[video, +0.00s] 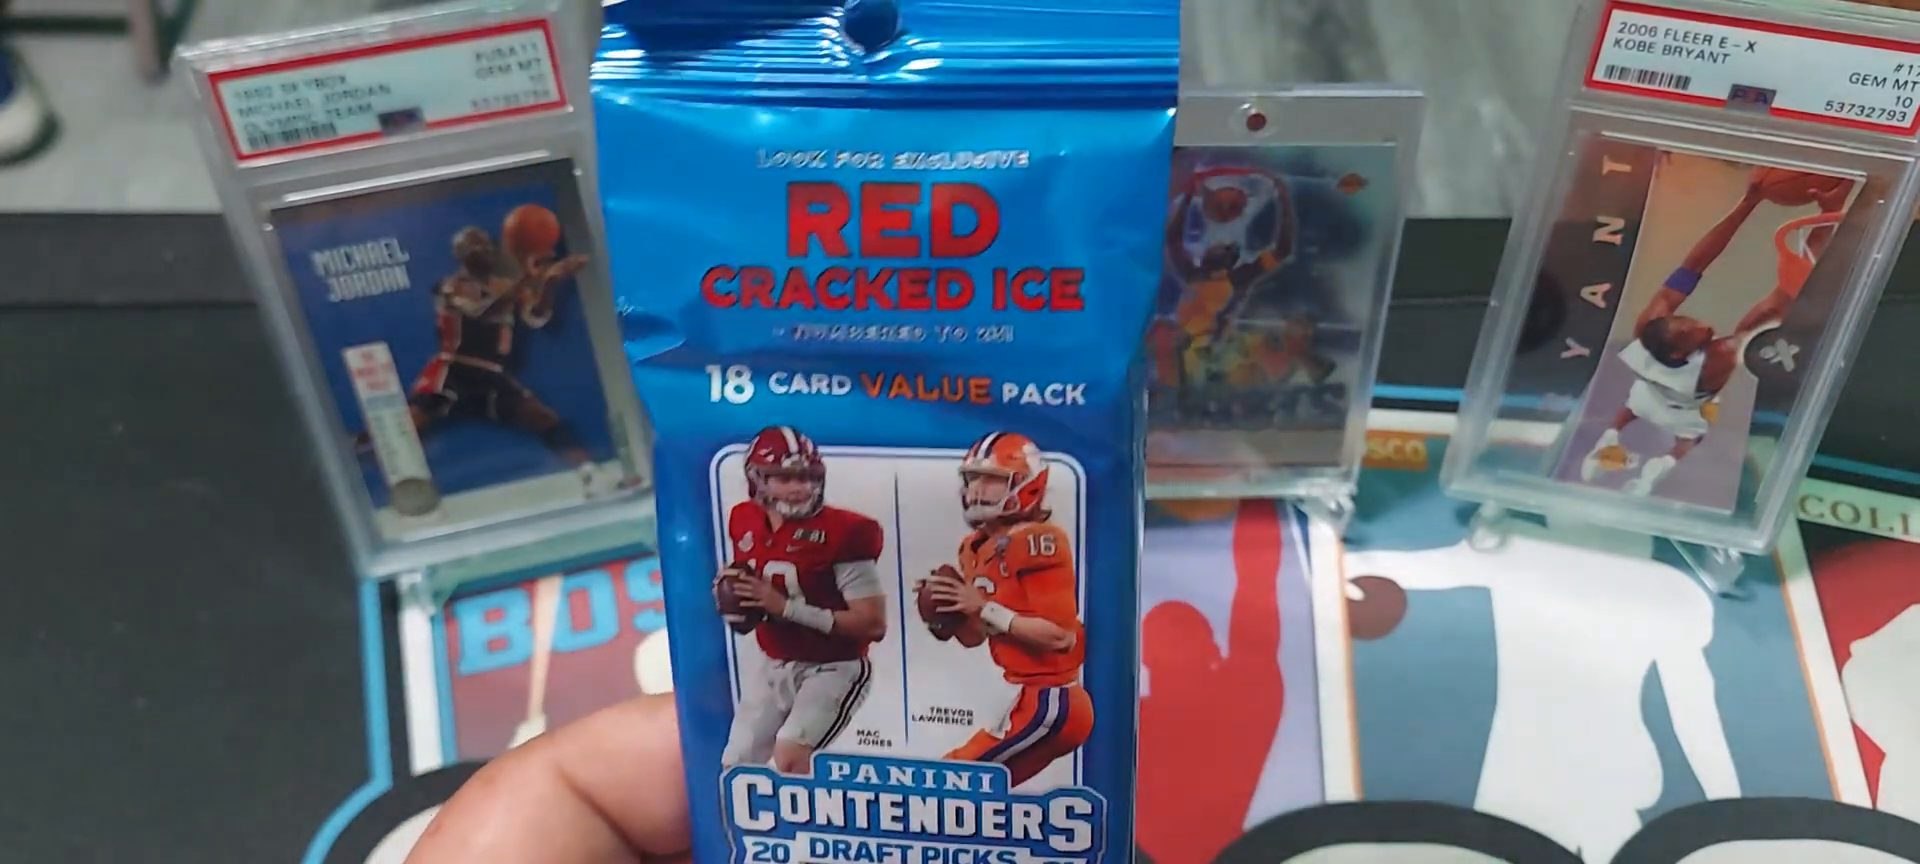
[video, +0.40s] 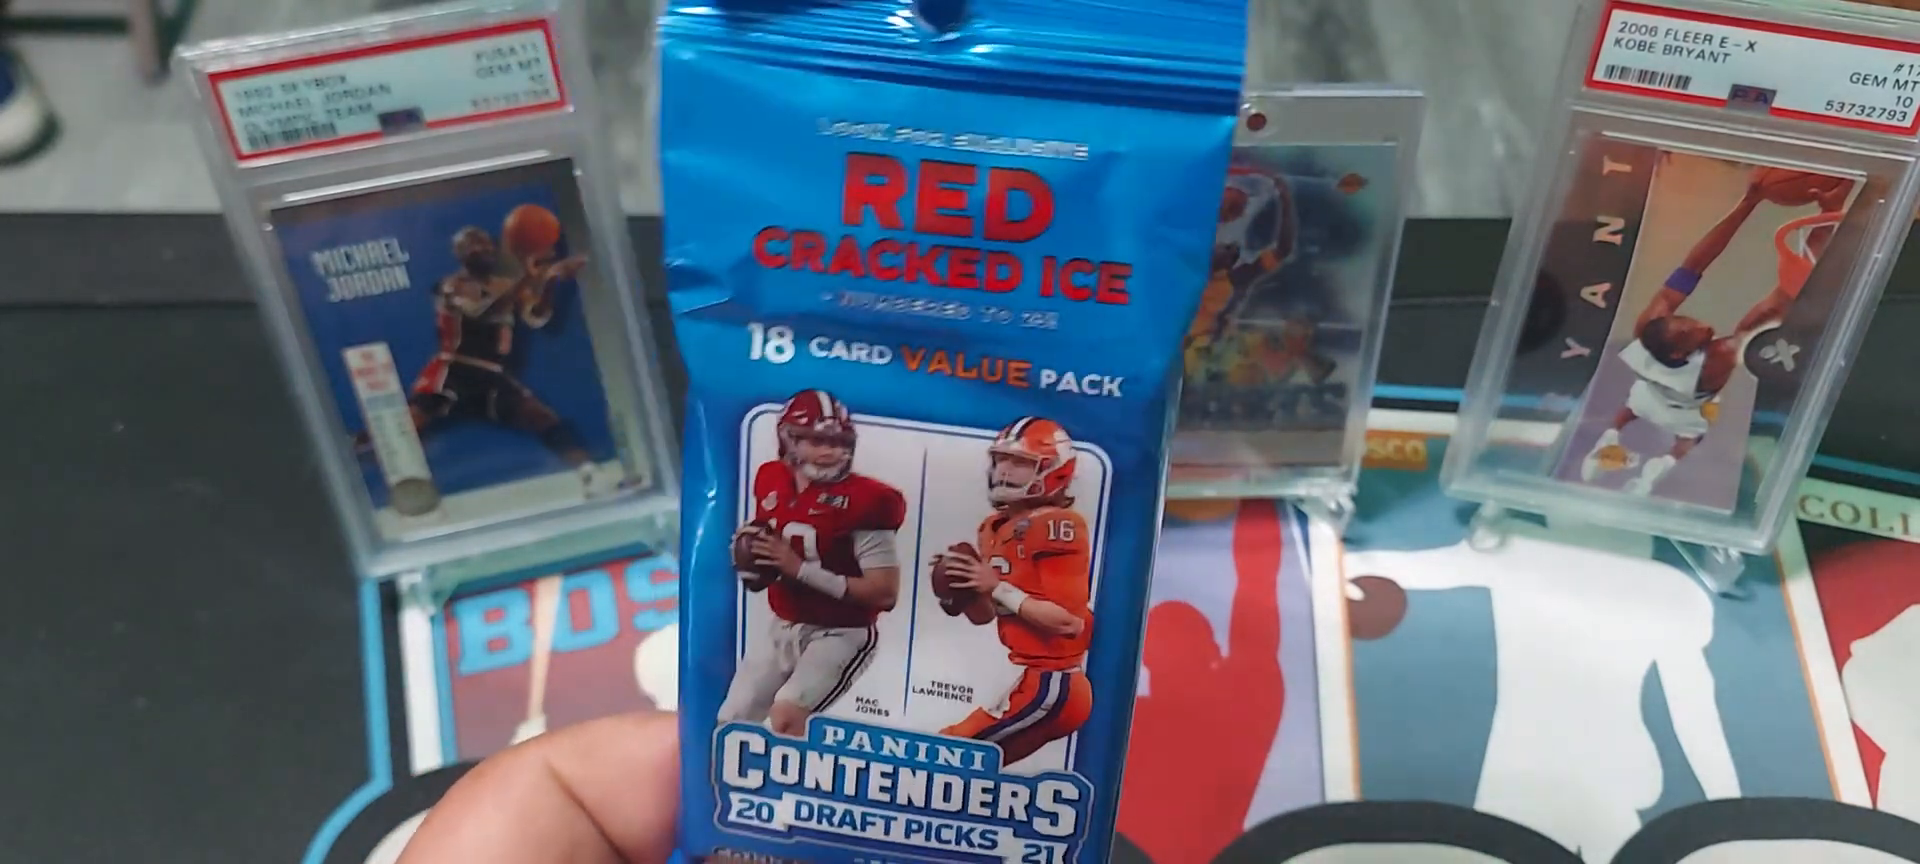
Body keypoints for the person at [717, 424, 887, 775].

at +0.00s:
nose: (797, 488)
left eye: (805, 478)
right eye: (784, 478)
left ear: (818, 480)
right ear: (759, 482)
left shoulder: (847, 532)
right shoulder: (745, 521)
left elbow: (872, 624)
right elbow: (745, 621)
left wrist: (784, 606)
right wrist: (728, 595)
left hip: (836, 669)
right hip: (775, 667)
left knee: (789, 755)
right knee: (736, 763)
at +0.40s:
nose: (828, 453)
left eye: (838, 443)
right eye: (817, 442)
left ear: (849, 447)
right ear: (792, 444)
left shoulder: (864, 502)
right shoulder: (774, 488)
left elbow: (885, 593)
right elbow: (758, 577)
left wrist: (798, 567)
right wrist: (744, 552)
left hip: (843, 635)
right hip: (783, 629)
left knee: (787, 713)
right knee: (731, 719)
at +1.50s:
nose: (774, 338)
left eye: (783, 327)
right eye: (761, 328)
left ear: (795, 329)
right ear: (738, 331)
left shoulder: (821, 380)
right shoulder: (725, 372)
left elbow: (845, 485)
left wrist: (762, 468)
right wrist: (708, 454)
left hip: (810, 539)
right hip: (749, 540)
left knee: (761, 643)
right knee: (708, 656)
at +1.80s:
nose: (778, 340)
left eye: (786, 329)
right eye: (765, 330)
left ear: (799, 330)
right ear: (741, 334)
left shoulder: (827, 384)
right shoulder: (728, 377)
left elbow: (855, 490)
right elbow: (728, 440)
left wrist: (768, 475)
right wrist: (713, 457)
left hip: (820, 546)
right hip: (758, 548)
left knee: (774, 656)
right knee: (719, 669)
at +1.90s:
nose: (783, 347)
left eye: (792, 336)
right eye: (772, 337)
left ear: (805, 337)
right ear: (747, 340)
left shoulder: (834, 391)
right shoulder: (734, 383)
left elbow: (861, 499)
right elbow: (733, 451)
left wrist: (774, 482)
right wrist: (718, 466)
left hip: (825, 555)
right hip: (763, 556)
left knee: (777, 667)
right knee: (724, 677)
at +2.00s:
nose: (778, 358)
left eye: (787, 347)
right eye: (766, 348)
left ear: (801, 347)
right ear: (741, 351)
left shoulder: (830, 402)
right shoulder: (728, 394)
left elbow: (859, 511)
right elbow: (729, 468)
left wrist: (769, 493)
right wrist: (713, 479)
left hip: (823, 565)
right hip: (759, 566)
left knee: (776, 673)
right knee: (722, 686)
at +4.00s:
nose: (852, 384)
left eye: (861, 372)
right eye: (838, 373)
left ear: (875, 375)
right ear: (813, 377)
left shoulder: (902, 432)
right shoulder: (802, 420)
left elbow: (925, 546)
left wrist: (836, 524)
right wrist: (783, 514)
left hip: (887, 602)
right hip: (826, 602)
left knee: (836, 715)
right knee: (779, 726)